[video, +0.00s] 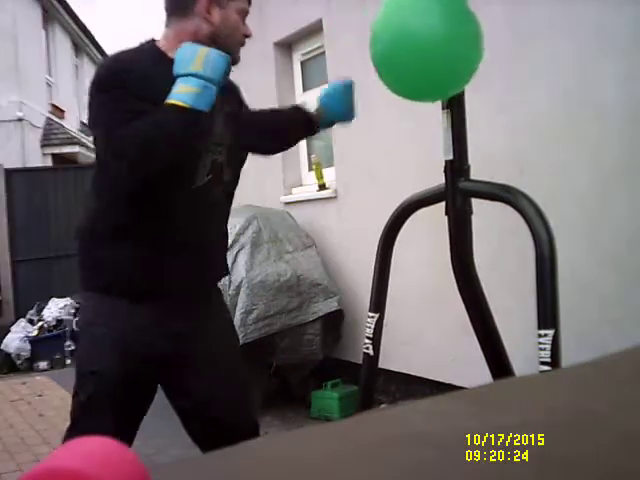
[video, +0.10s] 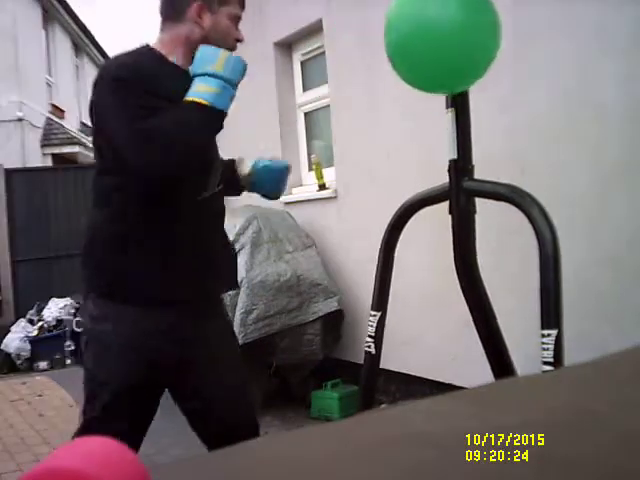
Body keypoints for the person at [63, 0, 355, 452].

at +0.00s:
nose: (249, 31)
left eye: (248, 17)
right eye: (243, 14)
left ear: (207, 13)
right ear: (207, 10)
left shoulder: (222, 92)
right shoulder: (123, 73)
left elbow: (255, 132)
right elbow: (129, 162)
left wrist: (316, 113)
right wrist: (190, 88)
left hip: (195, 300)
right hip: (123, 302)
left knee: (238, 447)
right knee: (92, 454)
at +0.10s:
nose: (239, 36)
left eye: (240, 23)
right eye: (235, 20)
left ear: (200, 17)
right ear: (200, 14)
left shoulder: (190, 87)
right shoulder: (122, 76)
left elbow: (183, 180)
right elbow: (157, 164)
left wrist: (244, 176)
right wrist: (207, 92)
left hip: (193, 303)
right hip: (130, 304)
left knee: (239, 444)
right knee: (104, 453)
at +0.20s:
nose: (223, 43)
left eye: (225, 32)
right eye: (219, 29)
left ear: (182, 23)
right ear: (184, 21)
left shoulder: (166, 93)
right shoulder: (120, 78)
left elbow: (159, 195)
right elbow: (168, 159)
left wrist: (213, 176)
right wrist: (213, 94)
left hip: (179, 309)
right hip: (126, 313)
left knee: (230, 432)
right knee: (110, 455)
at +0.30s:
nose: (197, 52)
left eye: (200, 41)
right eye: (194, 38)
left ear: (159, 32)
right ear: (160, 30)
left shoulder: (142, 102)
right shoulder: (100, 87)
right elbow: (155, 169)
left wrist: (192, 156)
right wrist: (196, 102)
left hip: (162, 317)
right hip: (104, 324)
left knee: (221, 444)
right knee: (105, 466)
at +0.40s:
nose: (168, 63)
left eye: (169, 51)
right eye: (163, 48)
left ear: (127, 44)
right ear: (128, 40)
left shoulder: (112, 113)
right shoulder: (65, 100)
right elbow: (125, 180)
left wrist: (166, 146)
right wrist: (161, 124)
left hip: (137, 333)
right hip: (76, 341)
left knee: (209, 450)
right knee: (81, 472)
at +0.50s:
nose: (139, 68)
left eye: (138, 55)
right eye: (133, 52)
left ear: (96, 49)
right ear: (97, 45)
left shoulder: (79, 121)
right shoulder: (28, 108)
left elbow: (90, 205)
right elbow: (78, 201)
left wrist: (132, 175)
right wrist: (123, 134)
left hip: (106, 333)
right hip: (54, 341)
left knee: (180, 450)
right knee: (64, 468)